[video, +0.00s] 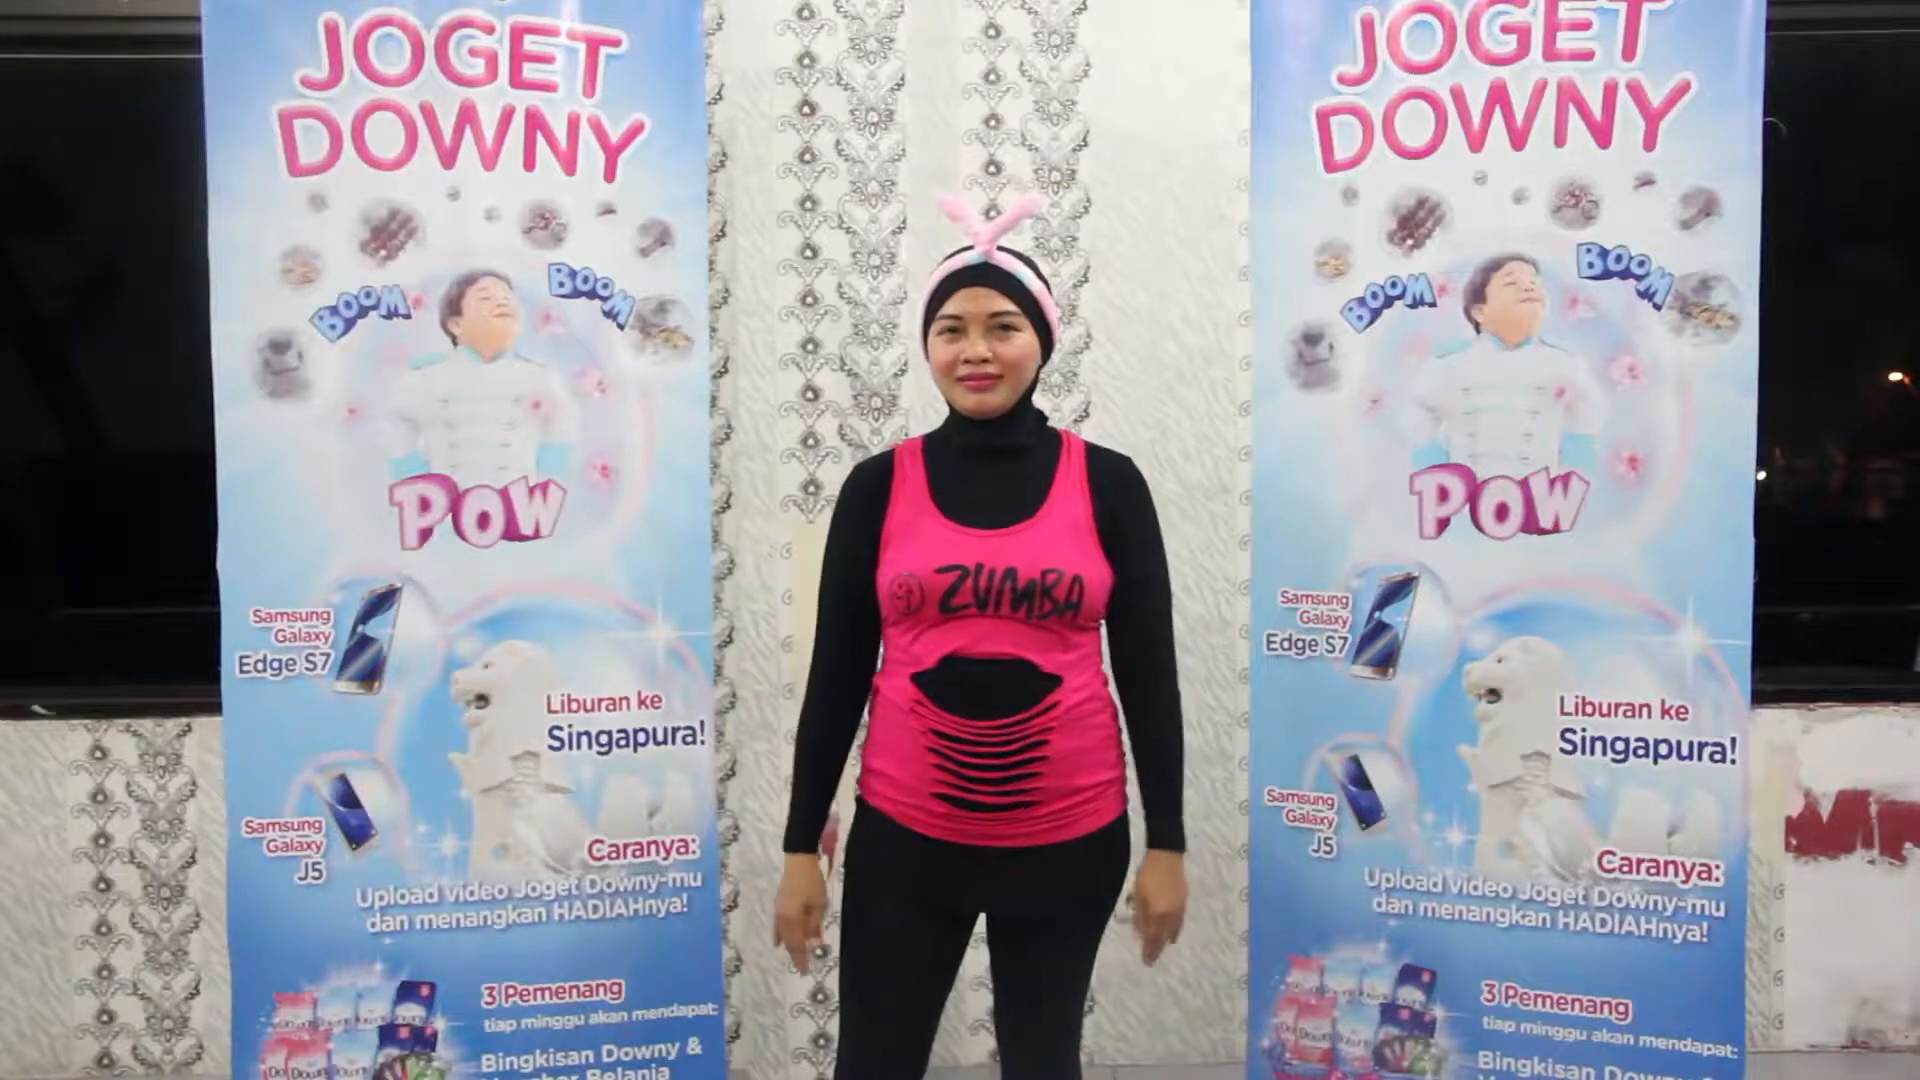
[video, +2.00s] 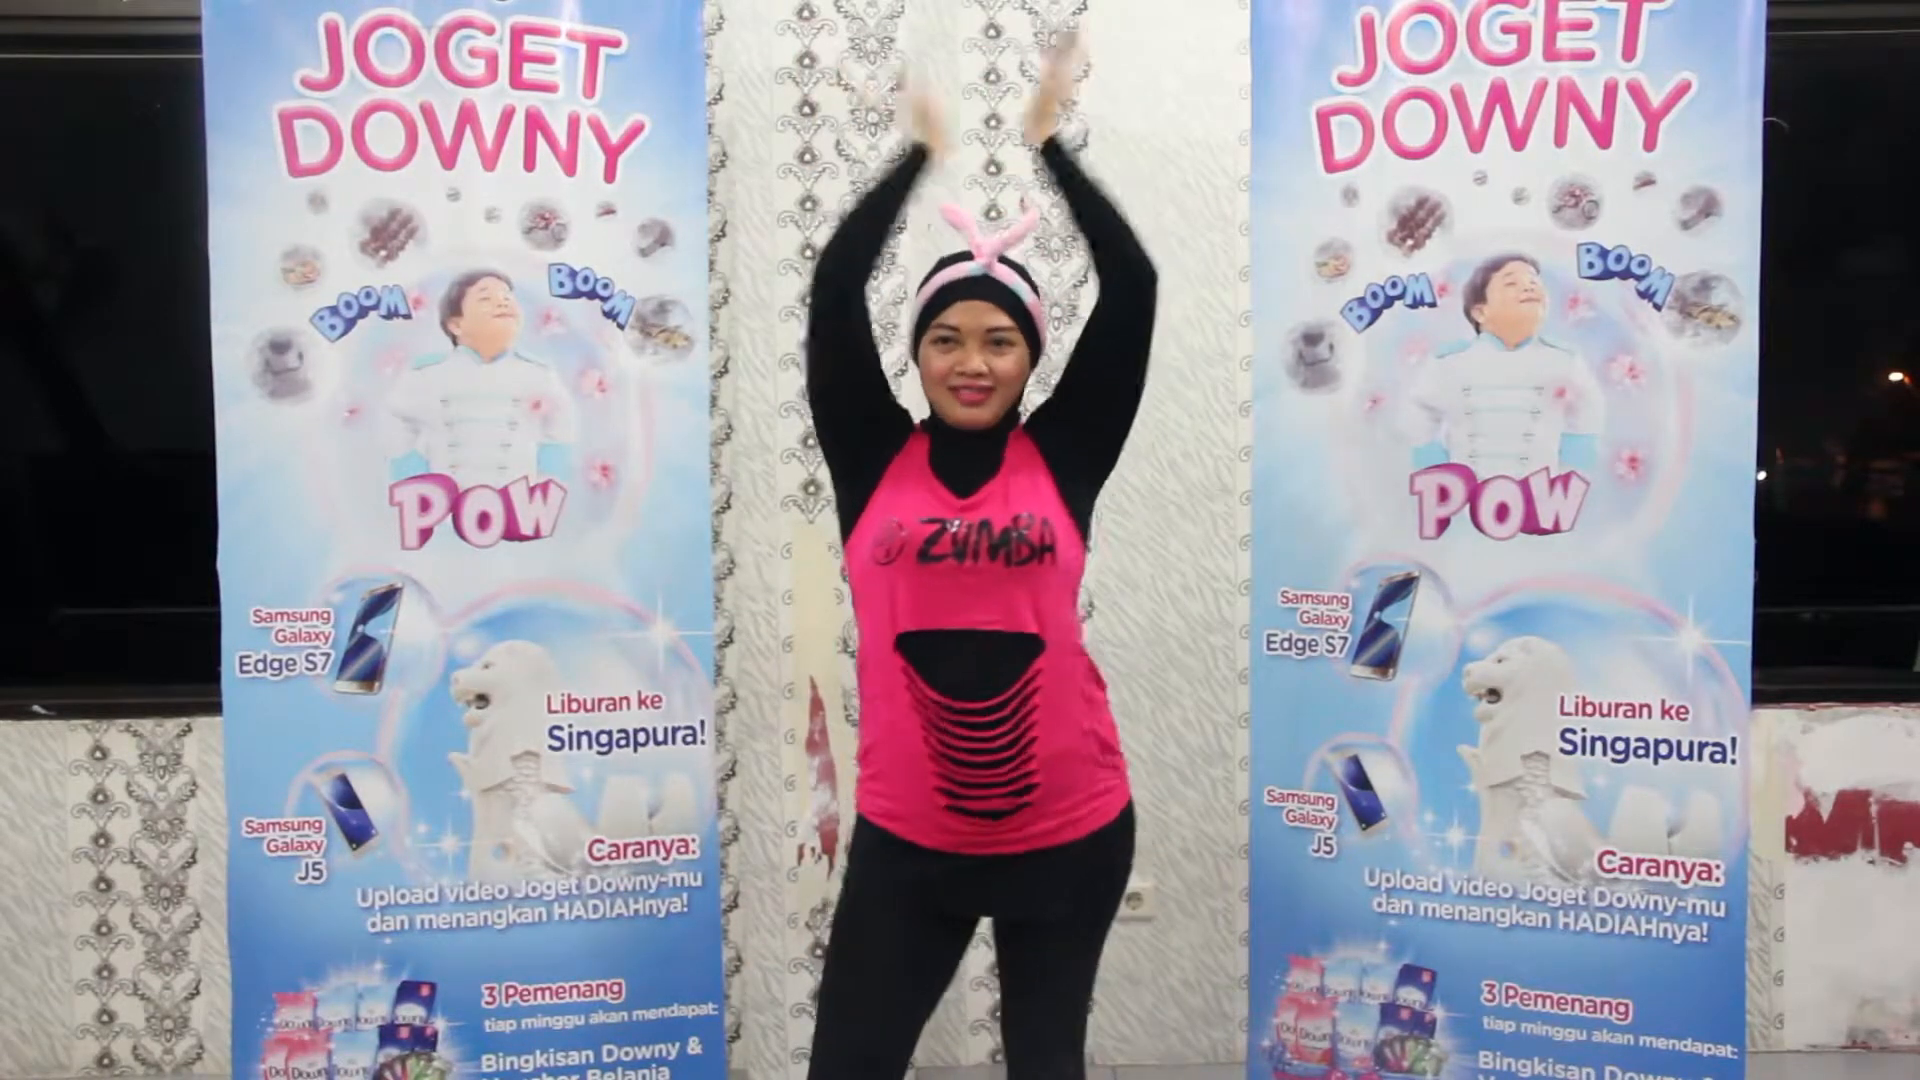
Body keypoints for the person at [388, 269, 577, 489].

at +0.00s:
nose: (502, 302)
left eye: (508, 297)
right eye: (484, 297)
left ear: (518, 315)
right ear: (455, 324)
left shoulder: (538, 378)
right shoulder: (423, 380)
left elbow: (561, 437)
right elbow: (392, 429)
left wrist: (543, 497)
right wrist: (417, 488)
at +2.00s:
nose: (502, 302)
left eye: (508, 296)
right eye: (484, 298)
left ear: (519, 313)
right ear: (454, 324)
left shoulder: (539, 376)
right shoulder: (424, 377)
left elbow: (558, 437)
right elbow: (390, 424)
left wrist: (545, 492)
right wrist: (412, 482)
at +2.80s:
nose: (502, 302)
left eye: (508, 296)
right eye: (484, 297)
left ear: (518, 312)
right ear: (454, 324)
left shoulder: (538, 377)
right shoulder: (423, 376)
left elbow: (559, 435)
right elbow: (392, 426)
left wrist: (544, 494)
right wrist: (414, 484)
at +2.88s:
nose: (502, 302)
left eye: (508, 296)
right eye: (484, 297)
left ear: (518, 313)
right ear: (455, 324)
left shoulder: (537, 377)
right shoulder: (423, 377)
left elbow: (560, 431)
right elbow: (392, 426)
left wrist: (546, 490)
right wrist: (413, 484)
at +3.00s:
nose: (502, 302)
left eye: (507, 296)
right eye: (484, 297)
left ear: (518, 313)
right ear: (455, 324)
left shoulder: (538, 377)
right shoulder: (423, 377)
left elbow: (560, 431)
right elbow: (392, 425)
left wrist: (546, 489)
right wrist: (413, 483)